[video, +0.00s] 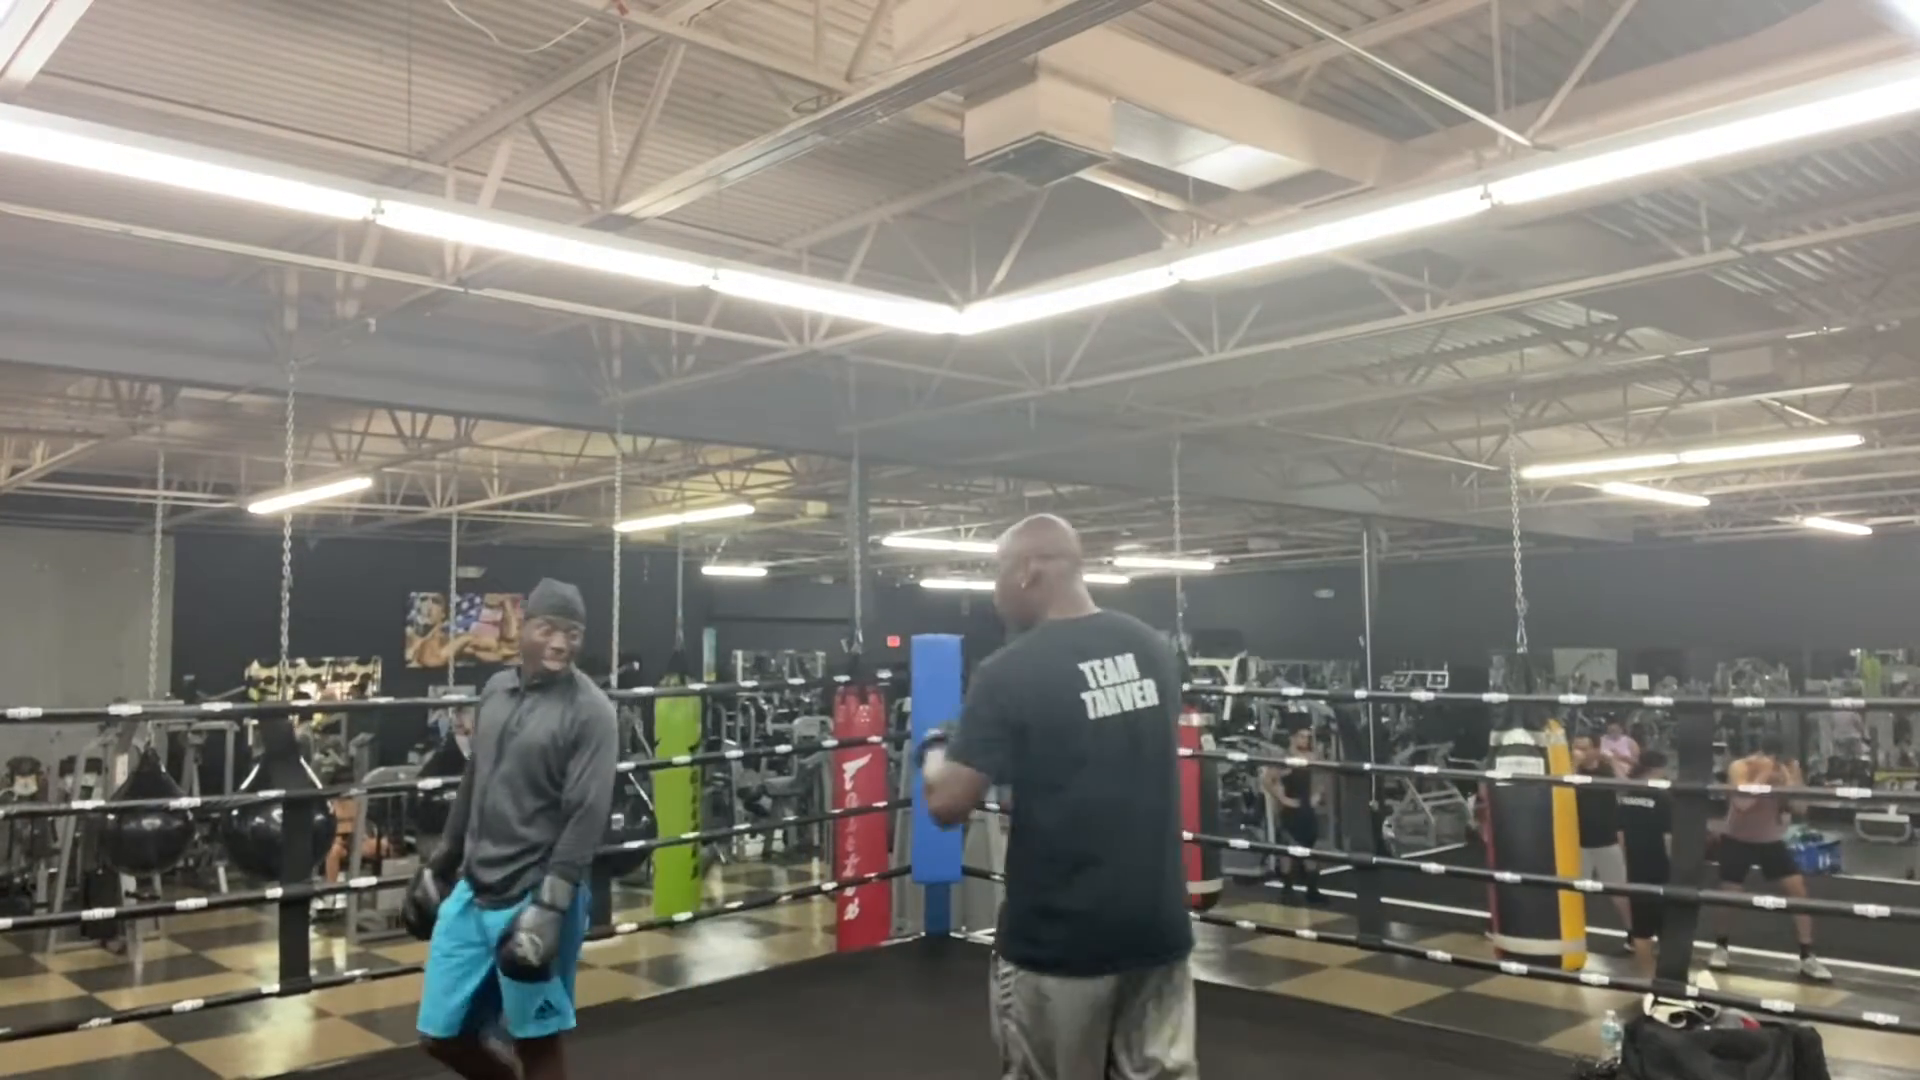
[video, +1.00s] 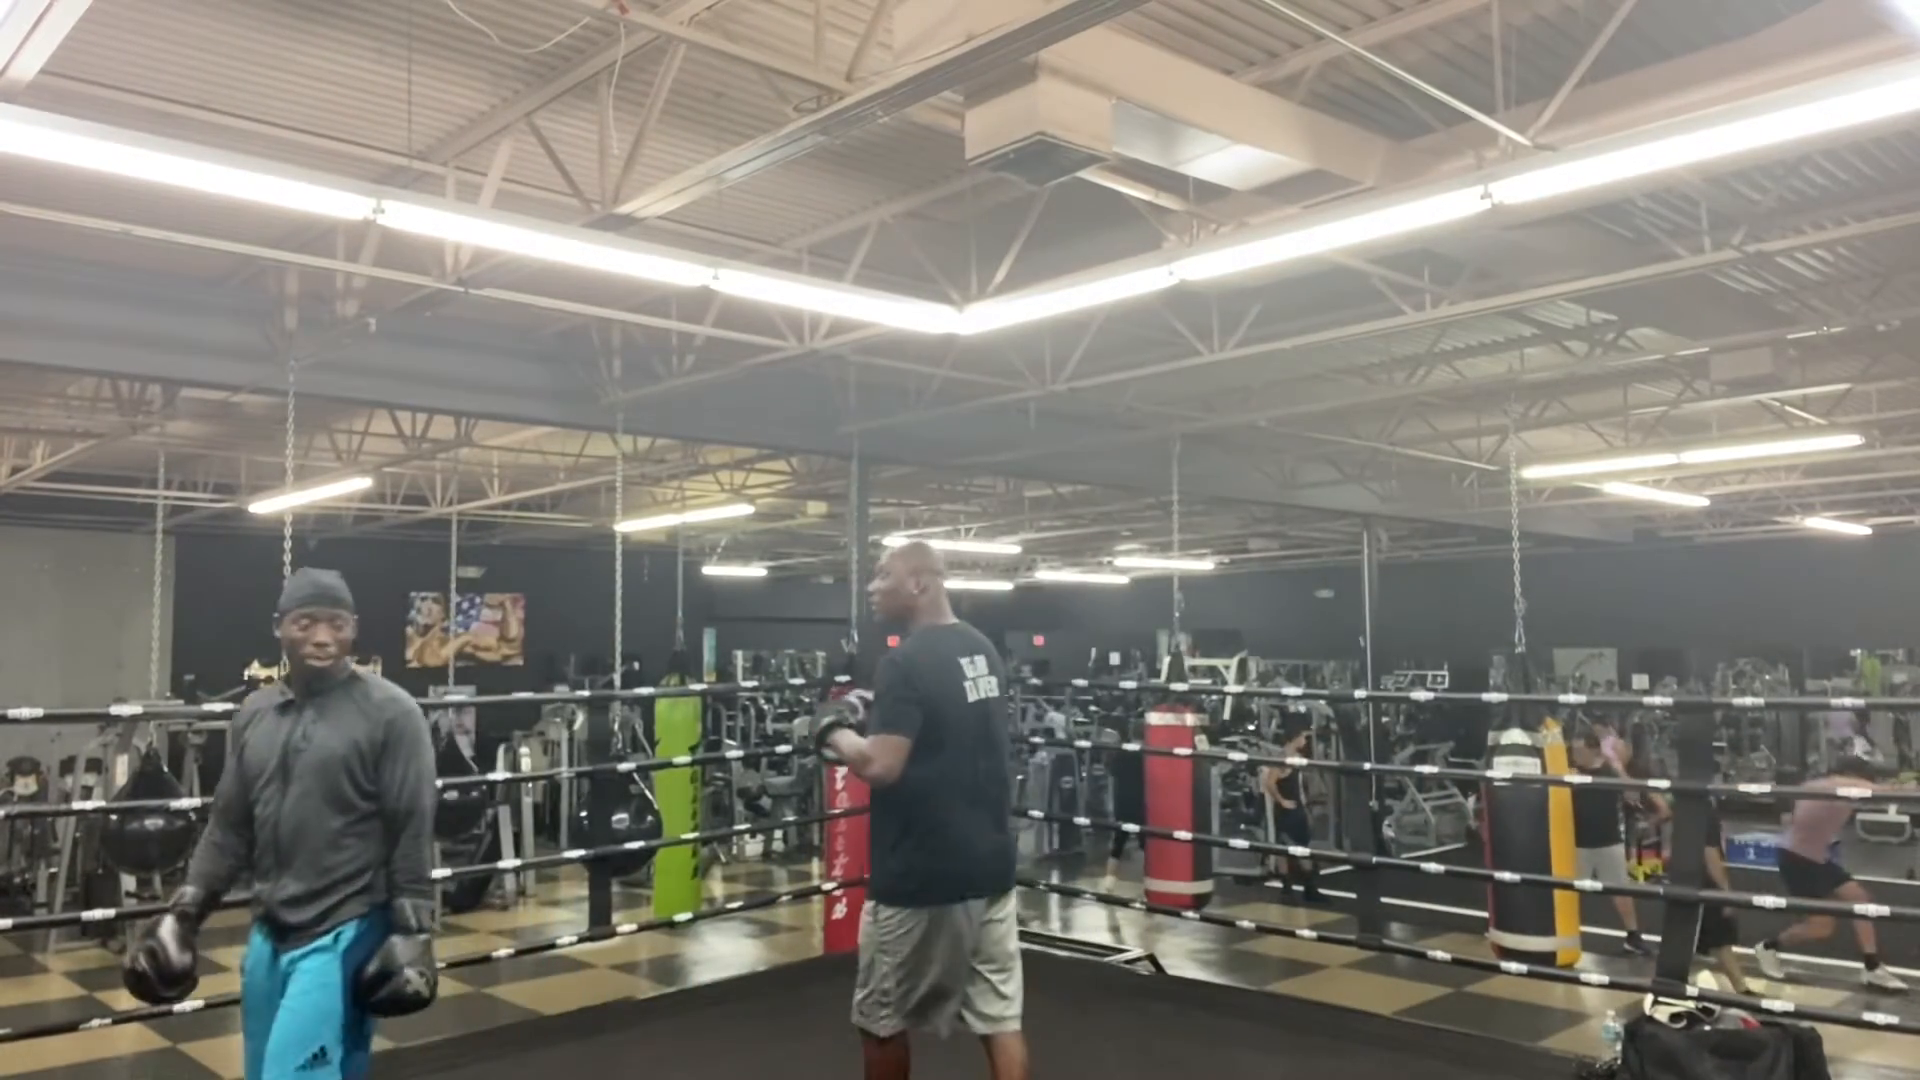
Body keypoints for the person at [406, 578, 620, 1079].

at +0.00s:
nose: (559, 642)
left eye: (570, 633)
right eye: (547, 629)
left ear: (580, 640)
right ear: (521, 630)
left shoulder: (593, 711)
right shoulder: (497, 689)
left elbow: (588, 815)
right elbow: (473, 784)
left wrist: (549, 907)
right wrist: (438, 867)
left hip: (541, 897)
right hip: (473, 892)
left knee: (538, 1043)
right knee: (442, 1036)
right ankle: (514, 1075)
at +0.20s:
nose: (529, 639)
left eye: (540, 629)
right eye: (516, 626)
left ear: (550, 637)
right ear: (490, 628)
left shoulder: (568, 709)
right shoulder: (467, 687)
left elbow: (558, 817)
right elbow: (447, 786)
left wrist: (506, 902)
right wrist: (417, 868)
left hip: (527, 891)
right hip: (449, 887)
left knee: (524, 1049)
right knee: (413, 1041)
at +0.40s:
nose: (477, 644)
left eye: (489, 632)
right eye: (463, 629)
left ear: (503, 640)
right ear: (440, 635)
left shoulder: (524, 716)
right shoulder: (419, 697)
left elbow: (526, 828)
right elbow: (407, 802)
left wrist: (490, 923)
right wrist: (378, 888)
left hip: (484, 916)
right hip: (407, 913)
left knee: (504, 1062)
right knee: (389, 1064)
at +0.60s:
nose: (405, 640)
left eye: (417, 626)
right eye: (391, 626)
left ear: (433, 633)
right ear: (365, 632)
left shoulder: (467, 709)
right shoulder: (346, 709)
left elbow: (494, 815)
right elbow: (328, 814)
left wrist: (496, 918)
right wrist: (296, 909)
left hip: (424, 915)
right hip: (343, 913)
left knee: (417, 1064)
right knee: (334, 1064)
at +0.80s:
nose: (363, 635)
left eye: (374, 621)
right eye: (346, 621)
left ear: (389, 628)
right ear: (318, 629)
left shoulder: (425, 708)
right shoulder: (293, 712)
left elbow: (453, 815)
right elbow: (266, 821)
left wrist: (463, 918)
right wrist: (228, 920)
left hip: (380, 921)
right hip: (301, 920)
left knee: (329, 1067)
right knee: (287, 1068)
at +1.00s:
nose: (321, 636)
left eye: (335, 623)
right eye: (305, 622)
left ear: (352, 630)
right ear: (280, 630)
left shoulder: (391, 712)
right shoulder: (255, 714)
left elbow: (413, 830)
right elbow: (227, 827)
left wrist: (413, 933)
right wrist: (182, 915)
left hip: (346, 928)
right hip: (270, 929)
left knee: (291, 1068)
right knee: (262, 1068)